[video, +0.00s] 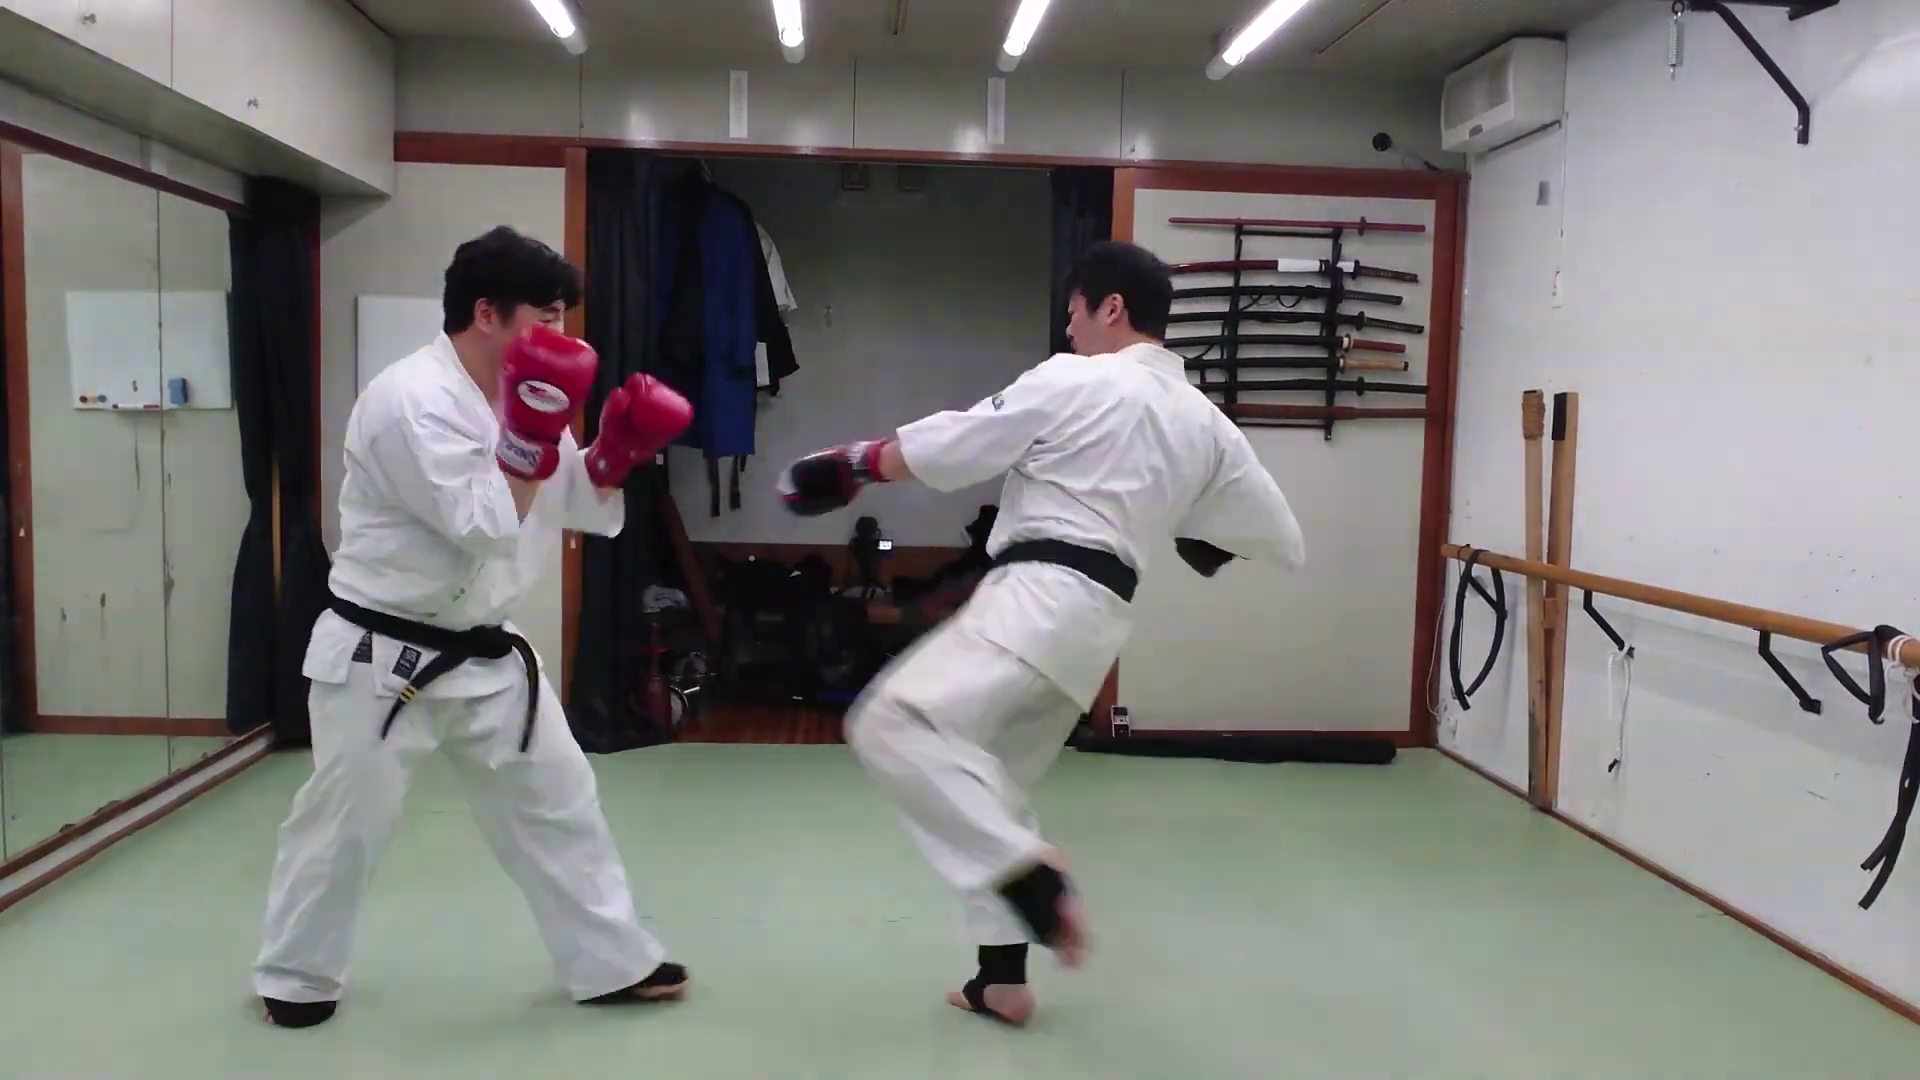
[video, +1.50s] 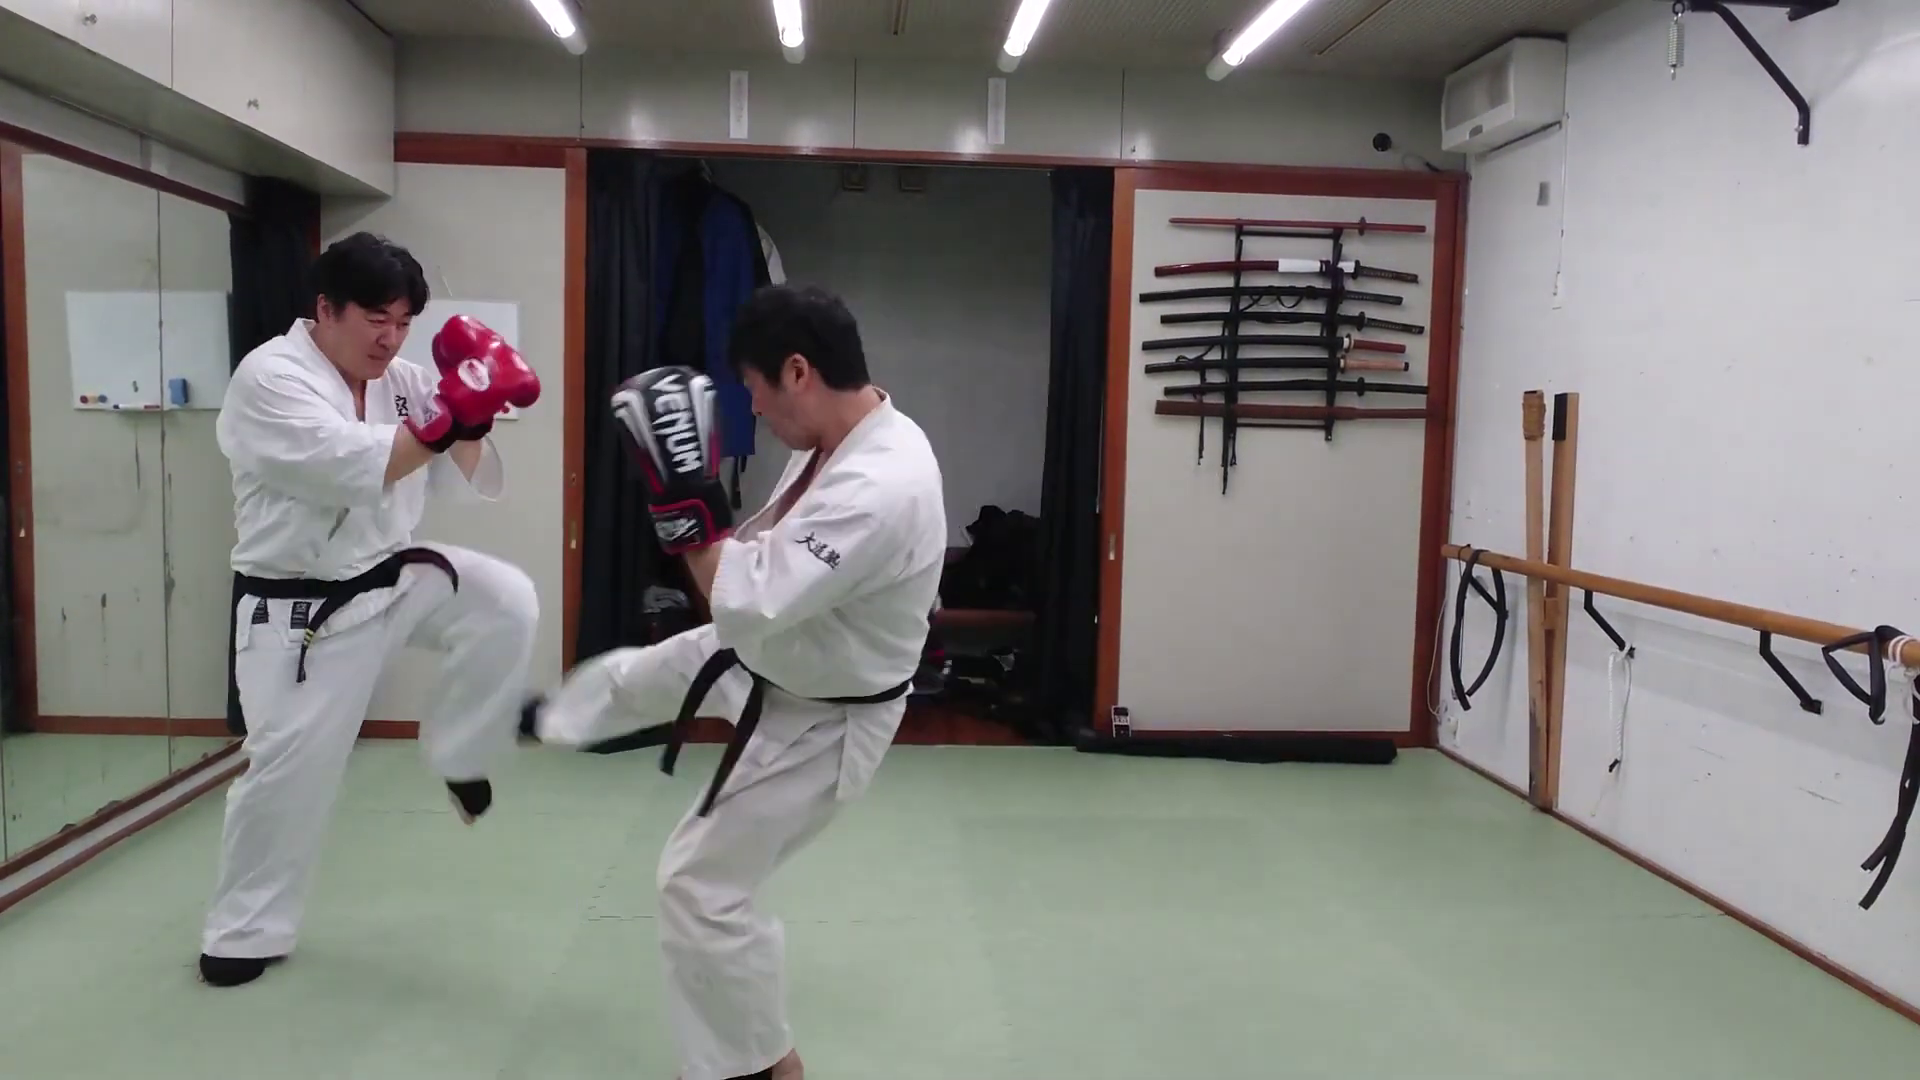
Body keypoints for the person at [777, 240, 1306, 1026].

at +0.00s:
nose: (1068, 330)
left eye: (1075, 313)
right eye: (1069, 314)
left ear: (1113, 309)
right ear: (1144, 316)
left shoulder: (1074, 379)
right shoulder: (1204, 420)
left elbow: (950, 449)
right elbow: (1276, 530)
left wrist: (854, 463)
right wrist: (1209, 539)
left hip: (1041, 590)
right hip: (1100, 618)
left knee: (889, 722)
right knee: (1003, 783)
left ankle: (1027, 874)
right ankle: (1001, 975)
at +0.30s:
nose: (1018, 352)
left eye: (1021, 335)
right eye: (1020, 339)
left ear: (1057, 322)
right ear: (1104, 337)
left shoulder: (1029, 377)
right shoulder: (1144, 476)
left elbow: (917, 414)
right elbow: (1084, 576)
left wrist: (799, 466)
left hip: (911, 574)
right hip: (987, 644)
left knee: (722, 565)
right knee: (945, 809)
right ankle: (940, 990)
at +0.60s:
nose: (897, 363)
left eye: (900, 347)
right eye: (899, 349)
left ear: (928, 339)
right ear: (984, 350)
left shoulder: (879, 416)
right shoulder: (1034, 454)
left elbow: (747, 500)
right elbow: (1000, 554)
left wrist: (743, 442)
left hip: (846, 670)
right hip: (959, 687)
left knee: (771, 846)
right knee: (982, 843)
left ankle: (744, 1015)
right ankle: (1004, 1002)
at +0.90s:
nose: (906, 385)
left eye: (904, 366)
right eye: (898, 371)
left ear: (936, 338)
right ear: (971, 337)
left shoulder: (937, 428)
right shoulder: (1058, 419)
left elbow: (835, 534)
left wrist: (843, 446)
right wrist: (888, 430)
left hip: (954, 667)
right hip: (1060, 667)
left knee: (826, 804)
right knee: (1086, 862)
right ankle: (1141, 1052)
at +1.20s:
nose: (843, 328)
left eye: (847, 308)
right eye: (838, 311)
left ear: (894, 298)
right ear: (913, 300)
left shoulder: (927, 392)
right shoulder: (938, 374)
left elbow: (968, 541)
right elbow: (823, 448)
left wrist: (861, 586)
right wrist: (743, 406)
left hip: (902, 654)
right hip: (974, 649)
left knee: (758, 811)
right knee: (1026, 830)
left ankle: (756, 1022)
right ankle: (1124, 1004)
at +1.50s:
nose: (754, 407)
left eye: (755, 387)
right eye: (749, 389)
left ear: (800, 373)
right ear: (812, 370)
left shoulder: (876, 488)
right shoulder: (837, 442)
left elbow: (737, 601)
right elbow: (759, 543)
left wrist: (682, 492)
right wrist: (701, 530)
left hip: (829, 715)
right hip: (776, 659)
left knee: (698, 882)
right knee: (647, 674)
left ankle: (772, 1064)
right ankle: (557, 719)